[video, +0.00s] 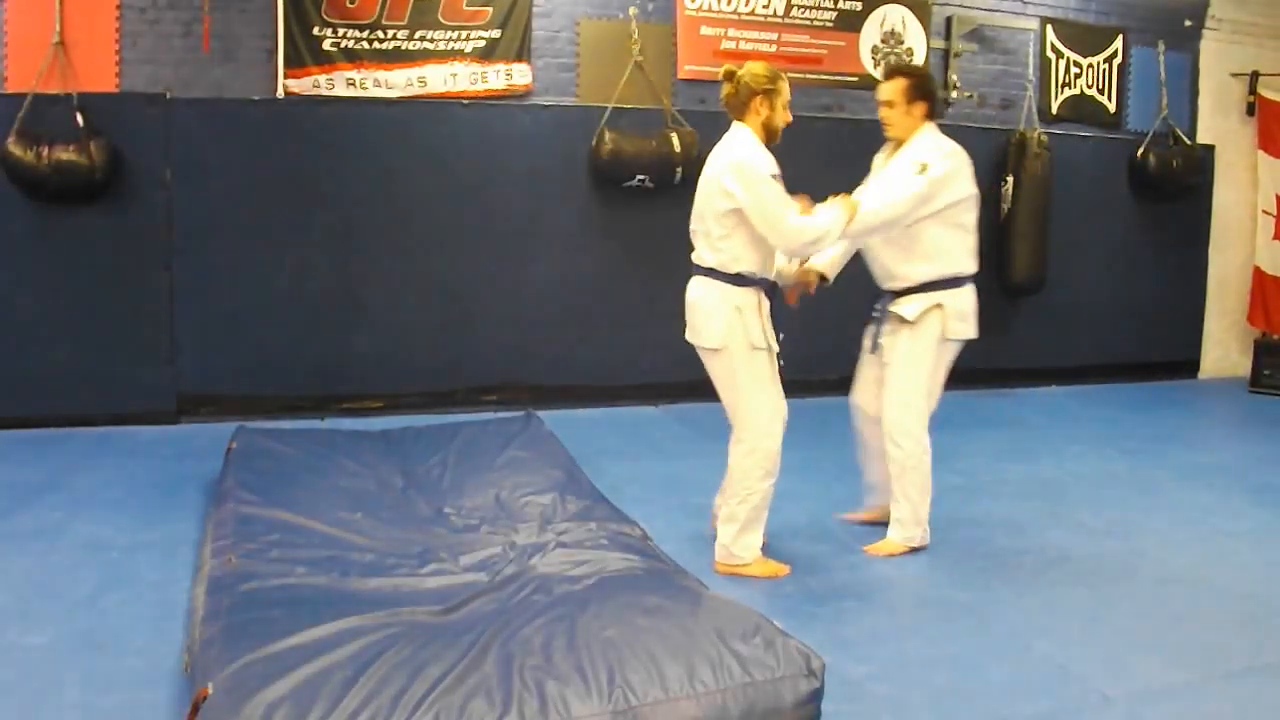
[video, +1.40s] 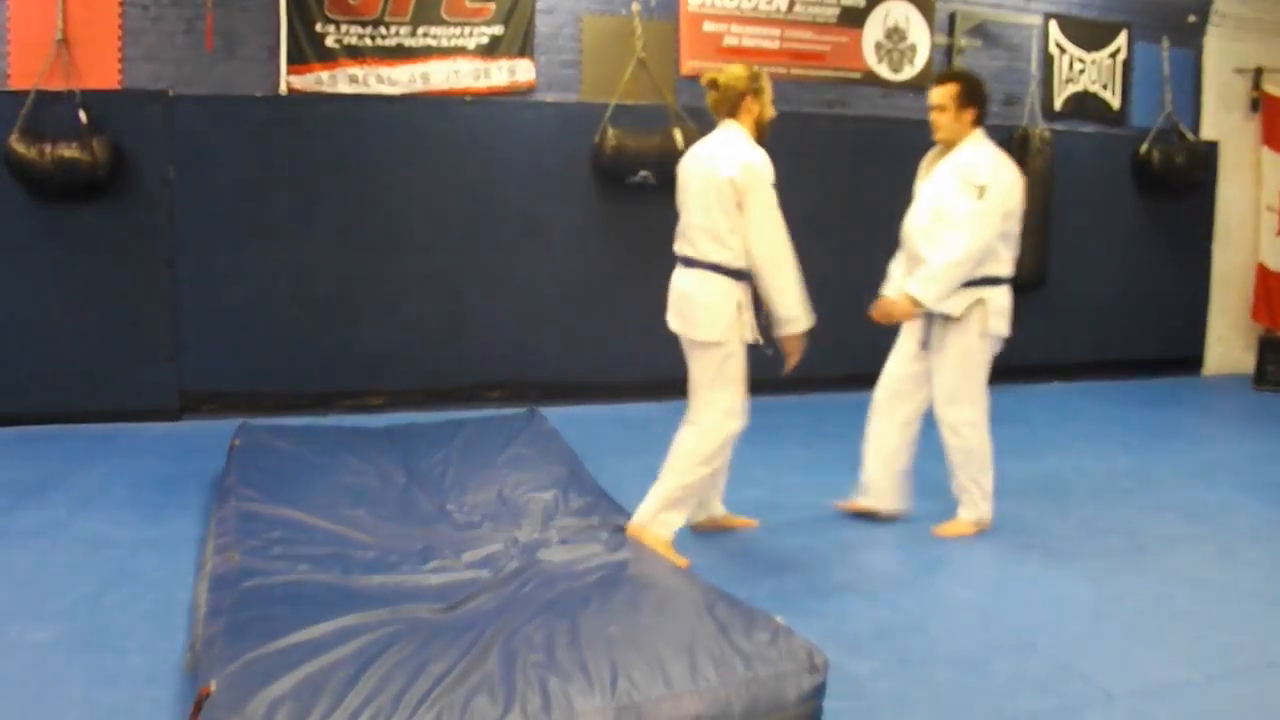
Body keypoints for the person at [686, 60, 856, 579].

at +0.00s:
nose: (791, 114)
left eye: (789, 104)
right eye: (786, 104)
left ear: (754, 105)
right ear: (761, 105)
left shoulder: (739, 152)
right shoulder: (744, 158)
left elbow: (757, 239)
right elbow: (786, 231)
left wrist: (792, 271)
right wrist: (840, 211)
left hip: (732, 297)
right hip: (727, 303)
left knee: (766, 413)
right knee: (760, 420)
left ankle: (732, 519)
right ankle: (737, 551)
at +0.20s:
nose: (783, 122)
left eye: (782, 111)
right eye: (778, 112)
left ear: (748, 110)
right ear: (750, 110)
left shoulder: (746, 162)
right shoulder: (718, 164)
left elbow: (739, 247)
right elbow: (755, 245)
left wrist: (770, 278)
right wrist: (807, 206)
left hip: (741, 305)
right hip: (708, 307)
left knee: (762, 428)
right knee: (739, 424)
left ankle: (743, 525)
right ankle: (696, 543)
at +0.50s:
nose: (761, 122)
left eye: (762, 114)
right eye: (758, 112)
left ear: (727, 108)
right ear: (732, 108)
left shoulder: (724, 160)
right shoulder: (693, 162)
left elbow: (751, 231)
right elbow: (734, 241)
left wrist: (767, 276)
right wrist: (783, 192)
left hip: (716, 303)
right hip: (683, 303)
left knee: (745, 421)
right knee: (690, 426)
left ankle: (746, 524)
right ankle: (643, 535)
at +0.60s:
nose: (758, 117)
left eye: (759, 108)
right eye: (755, 106)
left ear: (724, 103)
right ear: (730, 103)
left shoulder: (715, 153)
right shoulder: (692, 157)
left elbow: (741, 223)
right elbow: (727, 240)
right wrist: (779, 196)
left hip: (707, 297)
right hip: (677, 297)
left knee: (738, 414)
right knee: (682, 424)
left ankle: (748, 521)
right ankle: (643, 536)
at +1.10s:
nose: (753, 99)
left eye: (751, 90)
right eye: (750, 91)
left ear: (707, 94)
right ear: (731, 95)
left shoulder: (674, 139)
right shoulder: (726, 155)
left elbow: (740, 187)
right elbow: (784, 207)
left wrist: (782, 188)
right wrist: (847, 238)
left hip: (664, 281)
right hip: (685, 292)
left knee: (728, 376)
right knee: (686, 412)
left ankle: (723, 477)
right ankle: (645, 532)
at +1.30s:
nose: (758, 106)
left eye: (756, 97)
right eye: (755, 98)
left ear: (712, 99)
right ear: (740, 100)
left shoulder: (680, 150)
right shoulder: (742, 158)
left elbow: (718, 214)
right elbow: (783, 234)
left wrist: (768, 250)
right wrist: (836, 289)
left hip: (678, 284)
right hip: (707, 292)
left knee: (712, 403)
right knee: (693, 412)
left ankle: (707, 509)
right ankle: (646, 530)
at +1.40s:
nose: (772, 109)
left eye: (770, 100)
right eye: (769, 100)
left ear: (726, 105)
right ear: (750, 104)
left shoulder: (696, 155)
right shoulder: (750, 160)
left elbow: (694, 232)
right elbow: (769, 246)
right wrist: (790, 320)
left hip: (688, 282)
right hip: (720, 291)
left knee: (717, 407)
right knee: (719, 413)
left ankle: (707, 507)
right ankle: (651, 523)